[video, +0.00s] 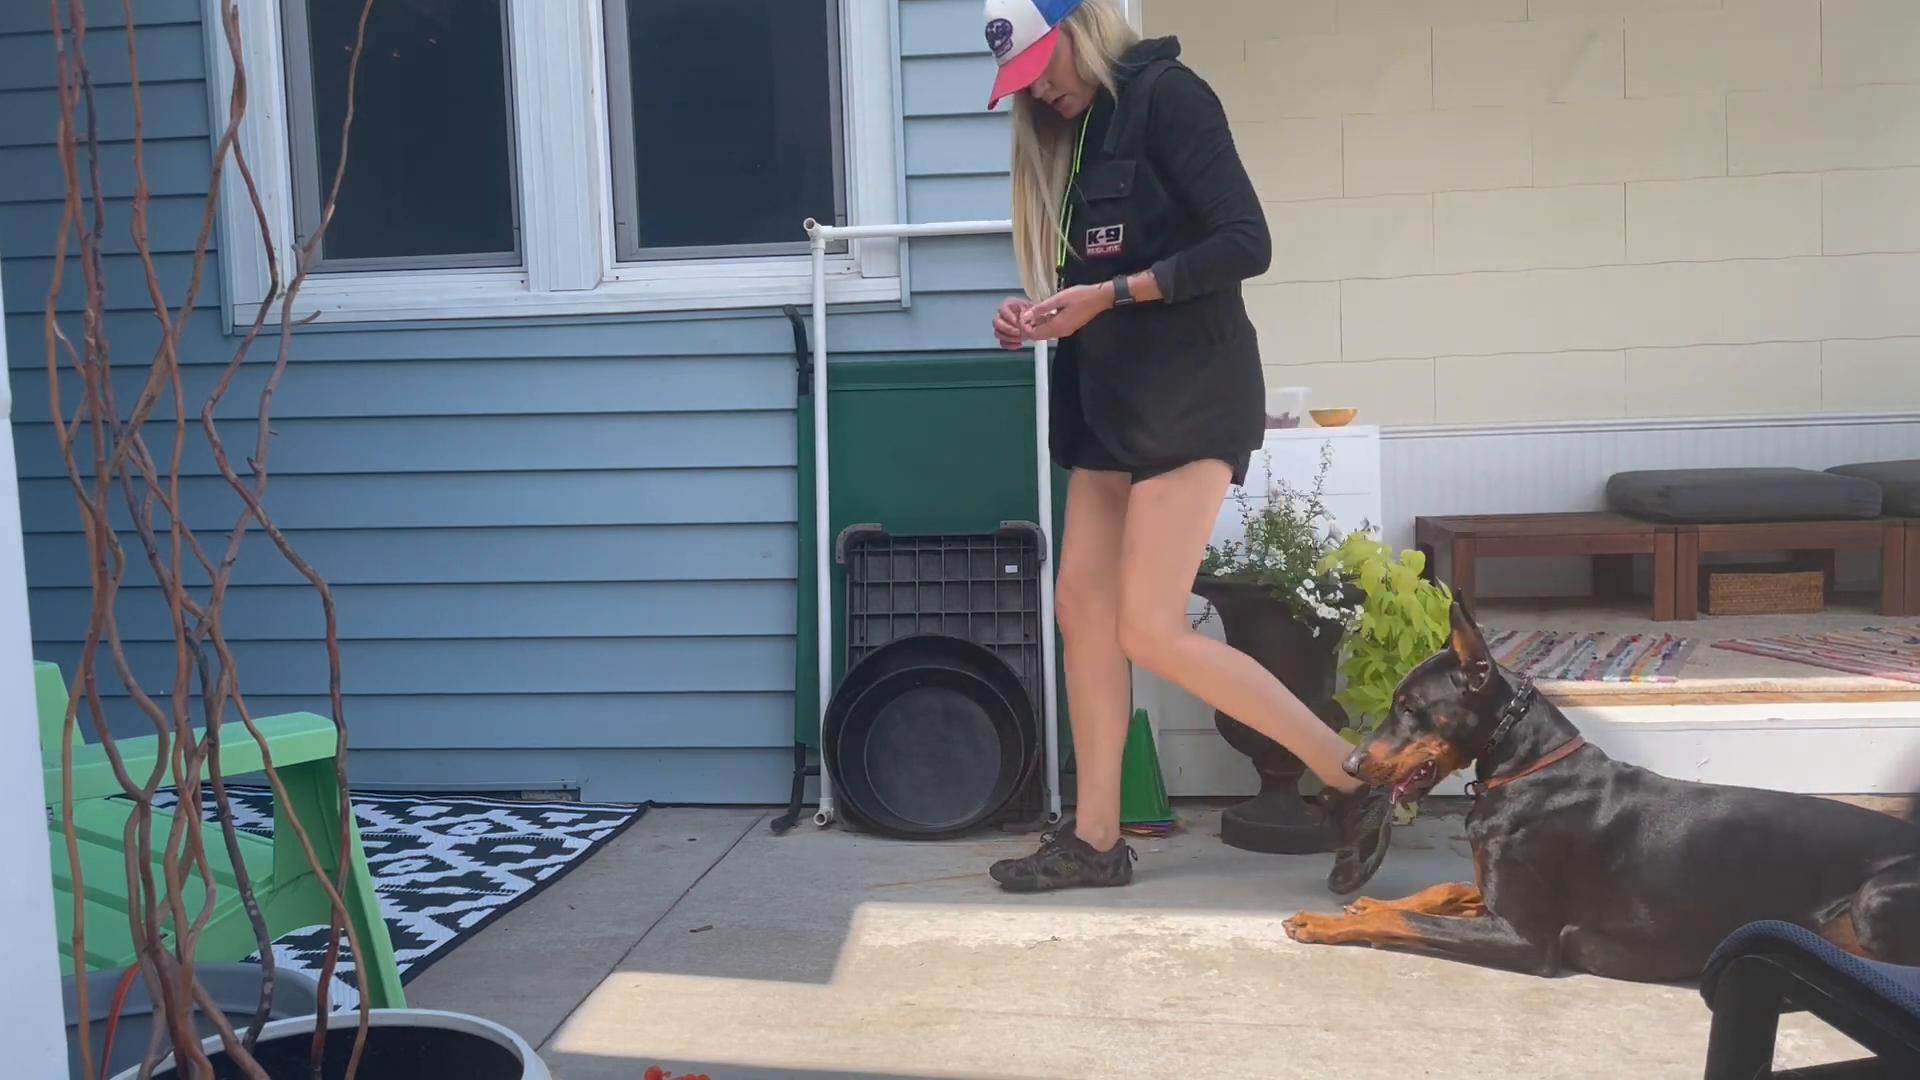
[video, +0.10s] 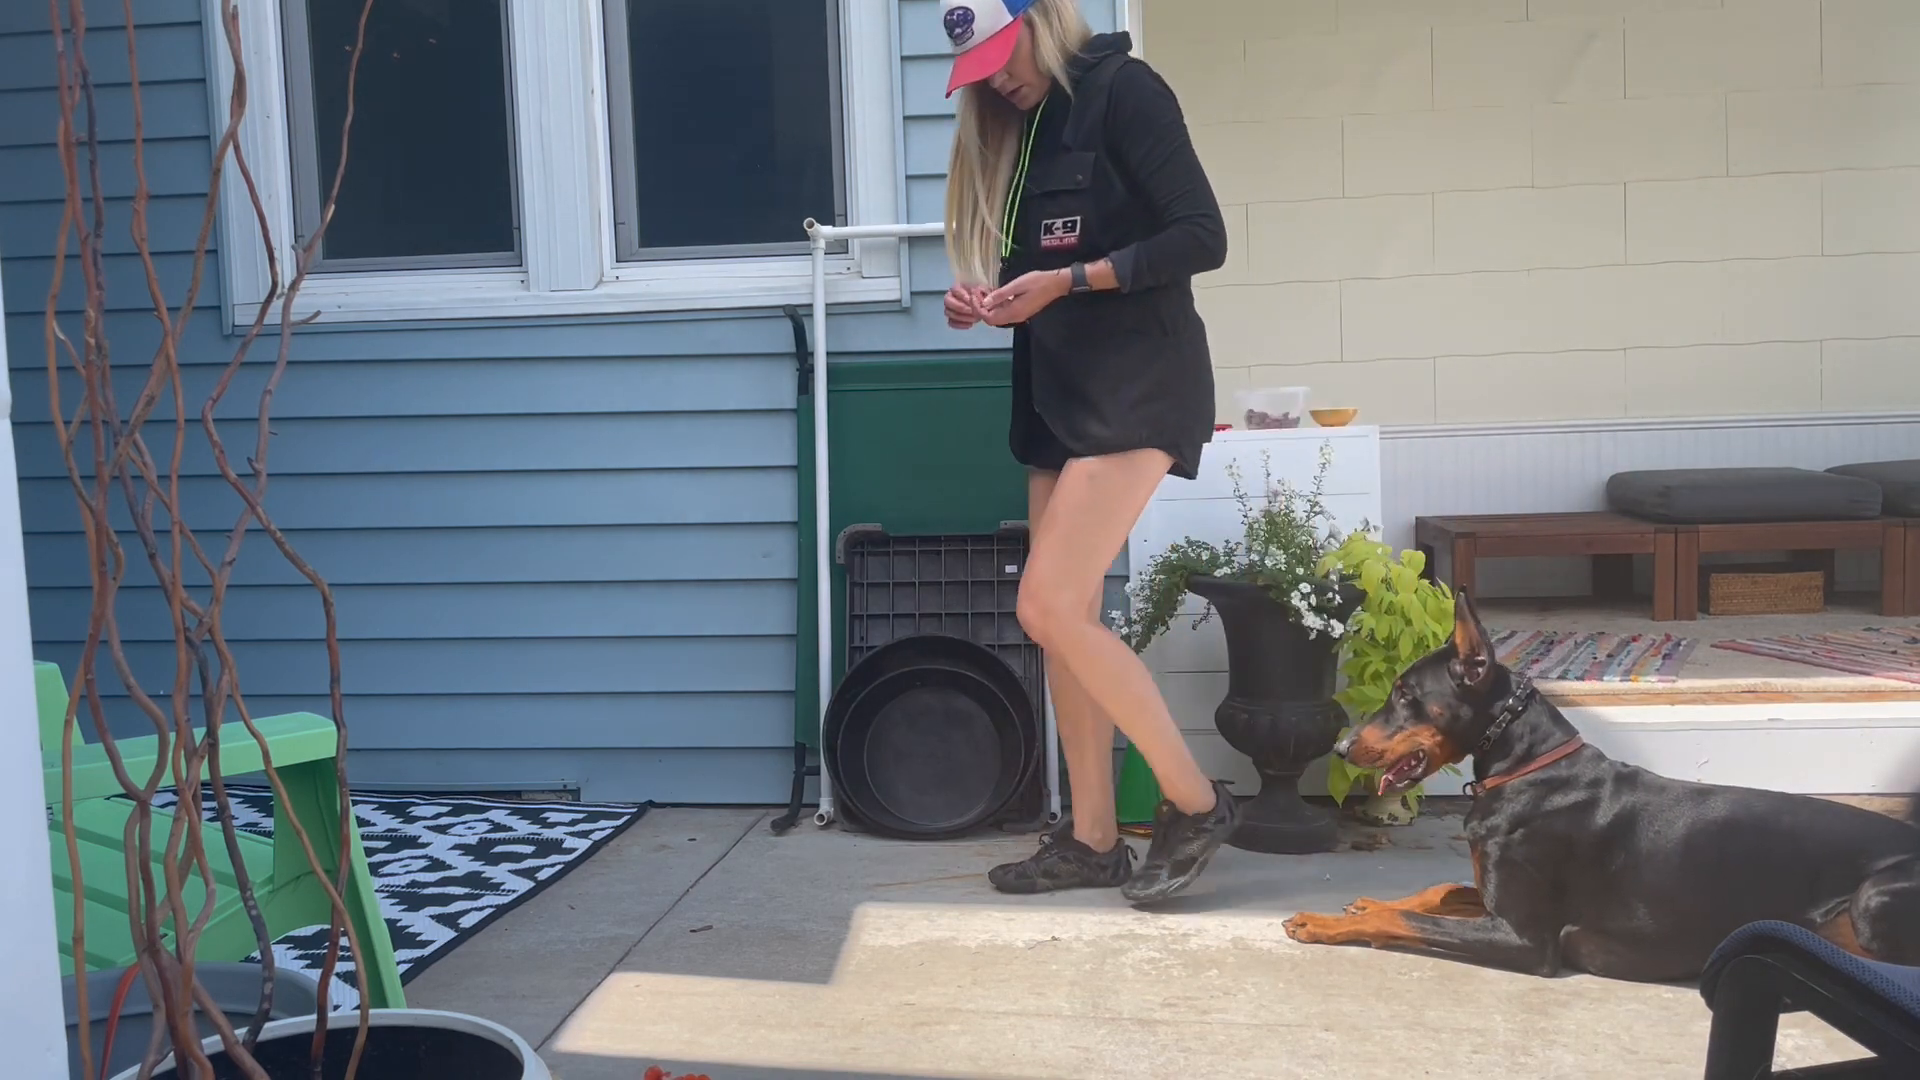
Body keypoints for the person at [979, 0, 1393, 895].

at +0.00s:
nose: (1042, 97)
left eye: (1043, 73)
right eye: (1028, 86)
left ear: (1081, 30)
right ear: (1033, 67)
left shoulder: (1170, 94)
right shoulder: (1084, 132)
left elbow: (1245, 242)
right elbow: (1110, 266)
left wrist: (1110, 293)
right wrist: (1047, 306)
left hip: (1193, 393)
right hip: (1109, 397)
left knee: (1151, 627)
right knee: (1084, 606)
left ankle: (1353, 779)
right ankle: (1097, 840)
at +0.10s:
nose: (995, 86)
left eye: (998, 63)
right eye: (981, 74)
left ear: (1038, 23)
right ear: (978, 60)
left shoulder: (1125, 89)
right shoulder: (1019, 124)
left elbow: (1202, 236)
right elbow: (1040, 259)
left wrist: (1068, 280)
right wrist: (988, 297)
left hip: (1142, 385)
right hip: (1055, 386)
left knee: (1049, 605)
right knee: (1065, 612)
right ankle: (1094, 838)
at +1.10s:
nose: (757, 26)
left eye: (763, 15)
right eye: (747, 11)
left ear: (737, 11)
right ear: (692, 1)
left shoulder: (733, 79)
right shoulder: (596, 65)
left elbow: (743, 211)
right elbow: (552, 243)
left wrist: (778, 260)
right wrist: (716, 268)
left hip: (736, 369)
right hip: (625, 374)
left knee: (771, 614)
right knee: (637, 627)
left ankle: (770, 860)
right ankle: (596, 877)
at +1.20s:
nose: (742, 31)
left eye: (749, 20)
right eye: (736, 15)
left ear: (723, 10)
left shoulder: (707, 78)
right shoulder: (587, 63)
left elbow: (697, 225)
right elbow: (545, 244)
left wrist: (757, 263)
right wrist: (712, 271)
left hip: (713, 377)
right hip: (613, 379)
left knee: (745, 617)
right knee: (634, 627)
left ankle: (692, 856)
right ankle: (597, 876)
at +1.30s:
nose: (727, 36)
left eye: (735, 25)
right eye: (721, 19)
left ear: (711, 13)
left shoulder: (684, 79)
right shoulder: (585, 58)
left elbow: (679, 228)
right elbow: (545, 243)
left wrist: (750, 263)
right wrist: (705, 267)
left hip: (696, 373)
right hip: (613, 376)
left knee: (707, 621)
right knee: (626, 629)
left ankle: (649, 856)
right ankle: (594, 879)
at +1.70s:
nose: (726, 43)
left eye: (730, 31)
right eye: (718, 26)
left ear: (685, 15)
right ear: (671, 8)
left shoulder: (666, 77)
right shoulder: (598, 69)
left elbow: (657, 244)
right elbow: (578, 240)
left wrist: (753, 261)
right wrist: (733, 247)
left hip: (683, 374)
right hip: (620, 378)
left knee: (678, 622)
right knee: (645, 625)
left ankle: (647, 860)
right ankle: (599, 879)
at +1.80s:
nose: (731, 47)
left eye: (735, 35)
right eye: (723, 29)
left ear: (683, 18)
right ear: (673, 10)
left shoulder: (667, 82)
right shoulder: (606, 73)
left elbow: (659, 249)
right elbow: (588, 240)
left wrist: (756, 264)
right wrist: (739, 248)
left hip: (679, 377)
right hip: (626, 377)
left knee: (688, 624)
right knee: (670, 623)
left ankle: (647, 857)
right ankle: (606, 873)